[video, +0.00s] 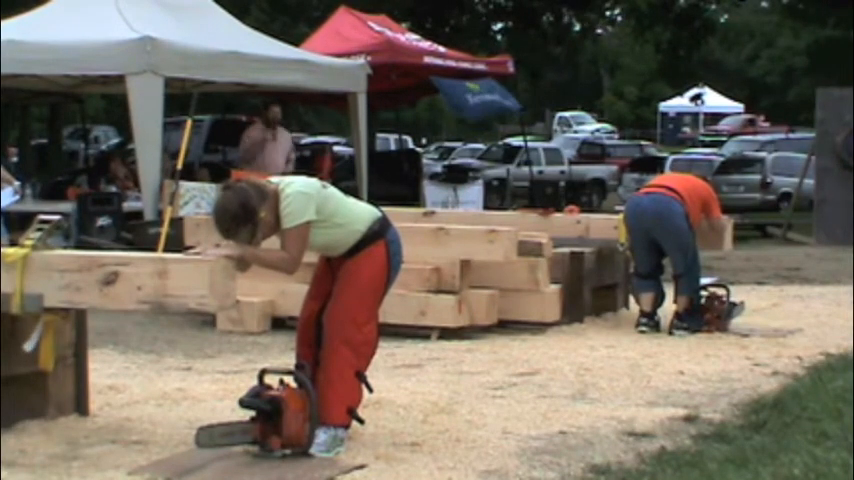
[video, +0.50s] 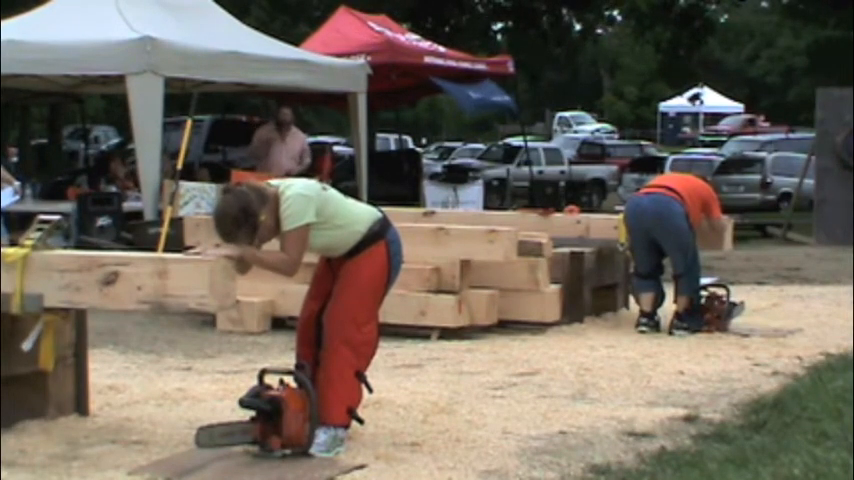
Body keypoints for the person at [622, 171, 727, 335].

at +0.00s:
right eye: (711, 191)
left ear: (689, 175)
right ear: (707, 183)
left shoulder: (670, 178)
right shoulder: (706, 189)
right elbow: (716, 223)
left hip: (635, 204)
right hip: (668, 207)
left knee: (645, 269)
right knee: (686, 268)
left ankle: (646, 316)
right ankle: (682, 318)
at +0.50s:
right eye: (711, 191)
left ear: (689, 176)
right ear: (707, 184)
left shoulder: (671, 178)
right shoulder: (706, 189)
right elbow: (717, 223)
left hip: (635, 205)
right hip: (668, 206)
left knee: (645, 270)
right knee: (686, 268)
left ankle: (646, 316)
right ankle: (682, 318)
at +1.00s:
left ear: (688, 175)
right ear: (707, 183)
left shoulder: (670, 178)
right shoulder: (705, 189)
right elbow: (716, 222)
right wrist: (725, 222)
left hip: (635, 205)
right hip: (668, 207)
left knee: (645, 270)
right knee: (686, 268)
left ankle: (646, 316)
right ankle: (682, 318)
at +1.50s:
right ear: (707, 184)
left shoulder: (670, 178)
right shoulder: (706, 189)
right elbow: (717, 222)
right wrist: (725, 222)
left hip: (636, 204)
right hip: (669, 206)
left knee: (645, 269)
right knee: (687, 268)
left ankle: (646, 316)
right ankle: (682, 318)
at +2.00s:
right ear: (710, 186)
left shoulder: (673, 179)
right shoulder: (708, 190)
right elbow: (718, 225)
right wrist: (725, 224)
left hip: (640, 204)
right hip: (673, 206)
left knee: (646, 270)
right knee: (688, 269)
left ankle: (646, 316)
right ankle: (682, 318)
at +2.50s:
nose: (728, 183)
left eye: (728, 180)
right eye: (728, 180)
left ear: (710, 170)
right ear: (724, 177)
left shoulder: (690, 174)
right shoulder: (719, 187)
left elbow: (697, 226)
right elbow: (715, 228)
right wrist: (711, 263)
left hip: (642, 203)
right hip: (670, 208)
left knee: (661, 261)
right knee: (691, 263)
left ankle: (651, 305)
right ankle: (684, 315)